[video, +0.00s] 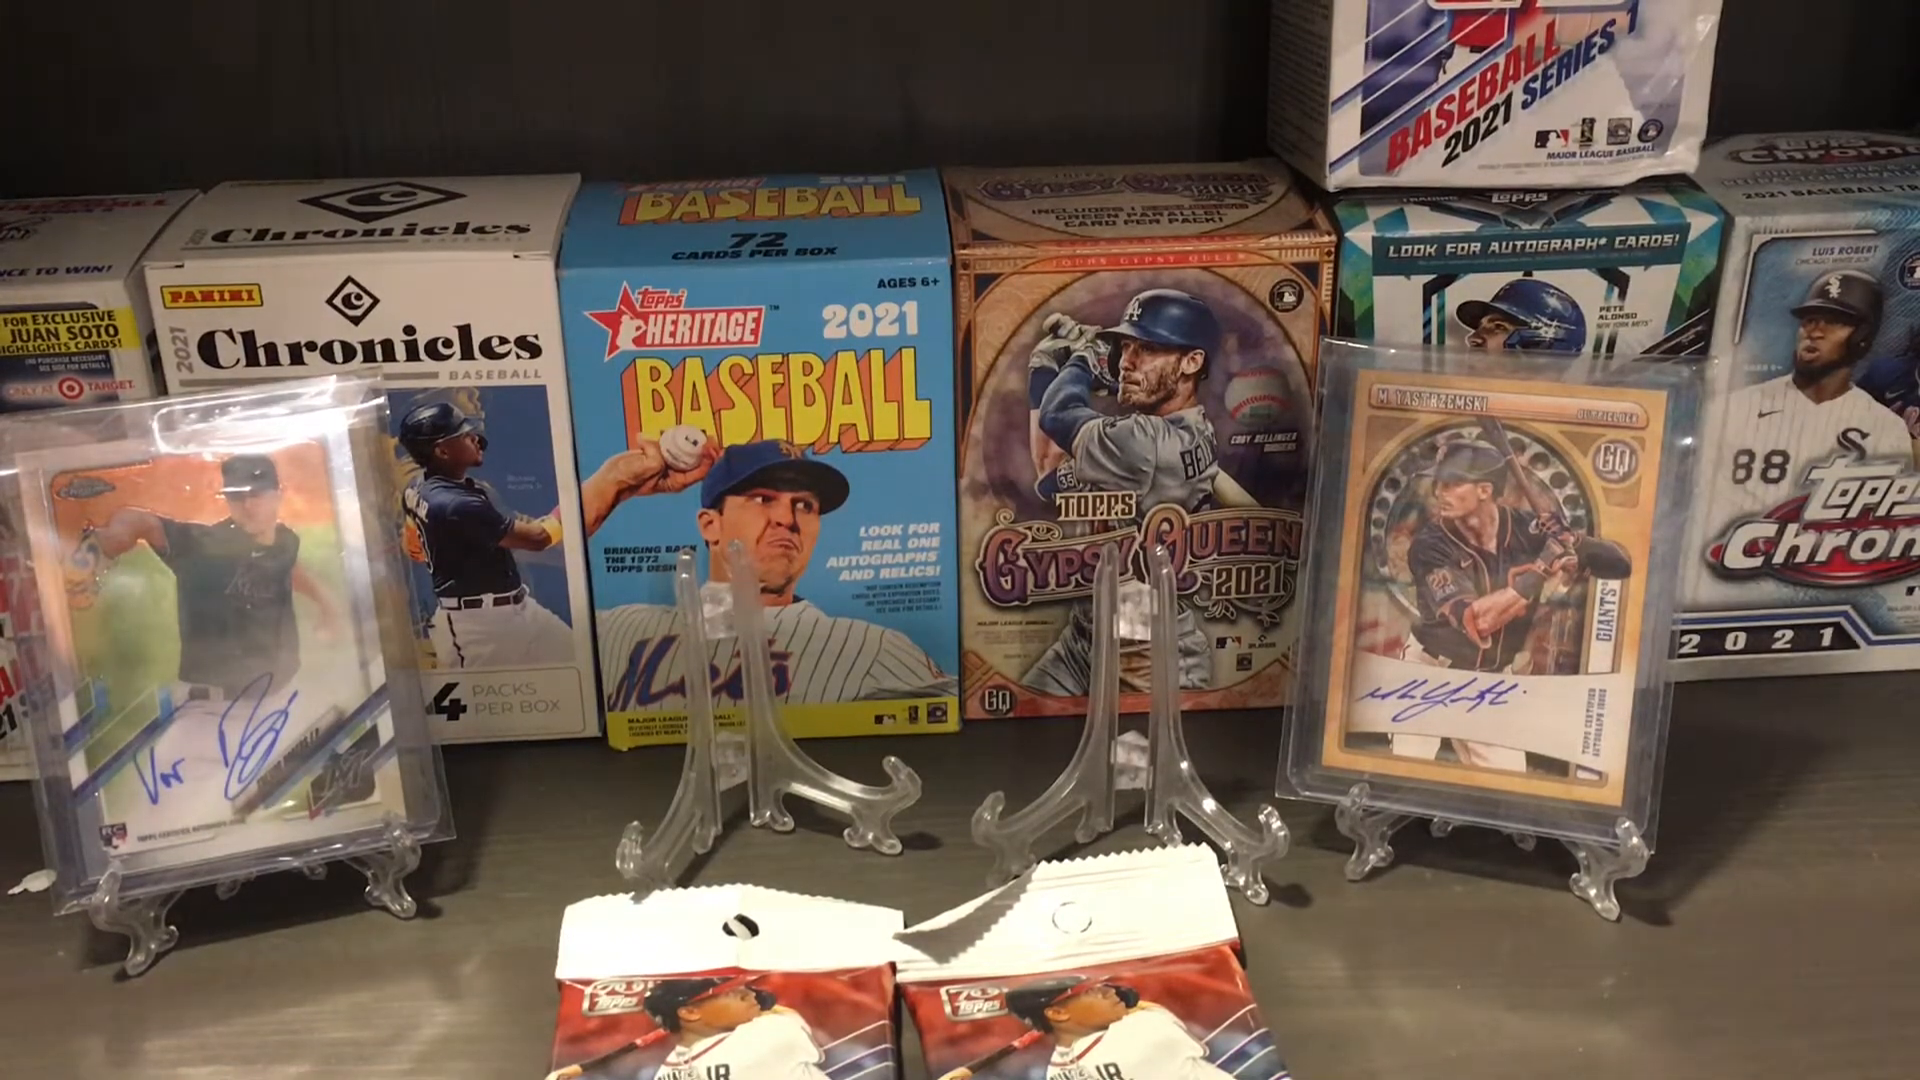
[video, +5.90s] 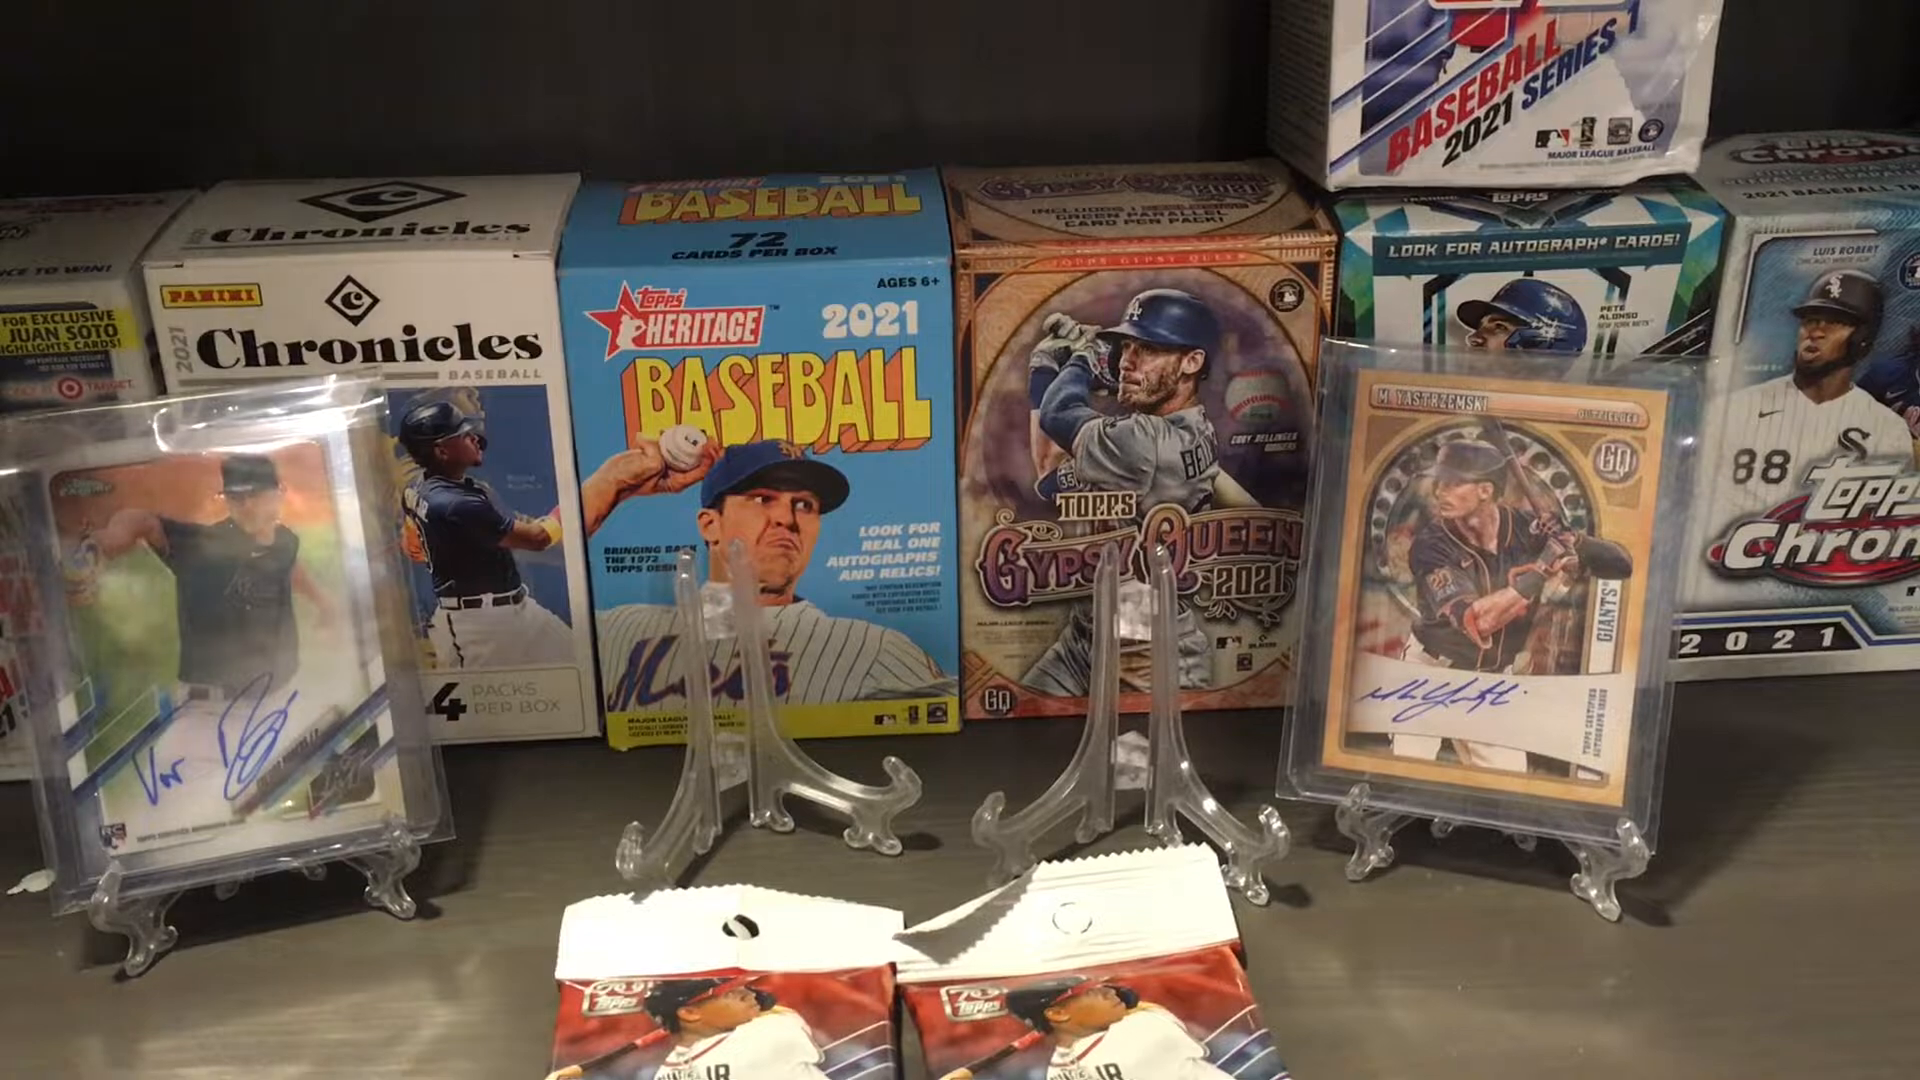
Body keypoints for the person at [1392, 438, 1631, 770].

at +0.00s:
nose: (1440, 492)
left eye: (1452, 484)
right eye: (1439, 484)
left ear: (1484, 491)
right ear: (1435, 487)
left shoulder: (1528, 529)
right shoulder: (1430, 541)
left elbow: (1622, 564)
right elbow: (1471, 621)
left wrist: (1575, 549)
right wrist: (1538, 572)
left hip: (1494, 677)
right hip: (1428, 670)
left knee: (1509, 789)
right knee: (1412, 773)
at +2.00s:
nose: (1439, 493)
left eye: (1451, 485)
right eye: (1439, 485)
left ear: (1484, 491)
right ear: (1435, 487)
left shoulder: (1526, 529)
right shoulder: (1430, 541)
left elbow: (1622, 564)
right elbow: (1473, 623)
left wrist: (1575, 546)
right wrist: (1539, 571)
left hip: (1494, 677)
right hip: (1429, 669)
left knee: (1509, 790)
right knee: (1411, 774)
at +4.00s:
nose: (1439, 492)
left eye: (1451, 484)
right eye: (1439, 483)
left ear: (1484, 491)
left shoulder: (1528, 528)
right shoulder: (1431, 541)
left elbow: (1621, 563)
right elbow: (1473, 622)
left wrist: (1572, 551)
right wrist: (1539, 572)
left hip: (1495, 677)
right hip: (1429, 669)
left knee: (1508, 788)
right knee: (1411, 773)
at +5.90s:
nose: (1440, 492)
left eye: (1453, 484)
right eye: (1440, 482)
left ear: (1485, 492)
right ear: (1435, 484)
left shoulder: (1526, 529)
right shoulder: (1431, 541)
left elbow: (1623, 563)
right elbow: (1473, 622)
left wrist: (1574, 548)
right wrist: (1540, 571)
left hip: (1494, 676)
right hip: (1430, 669)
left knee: (1509, 787)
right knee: (1411, 774)